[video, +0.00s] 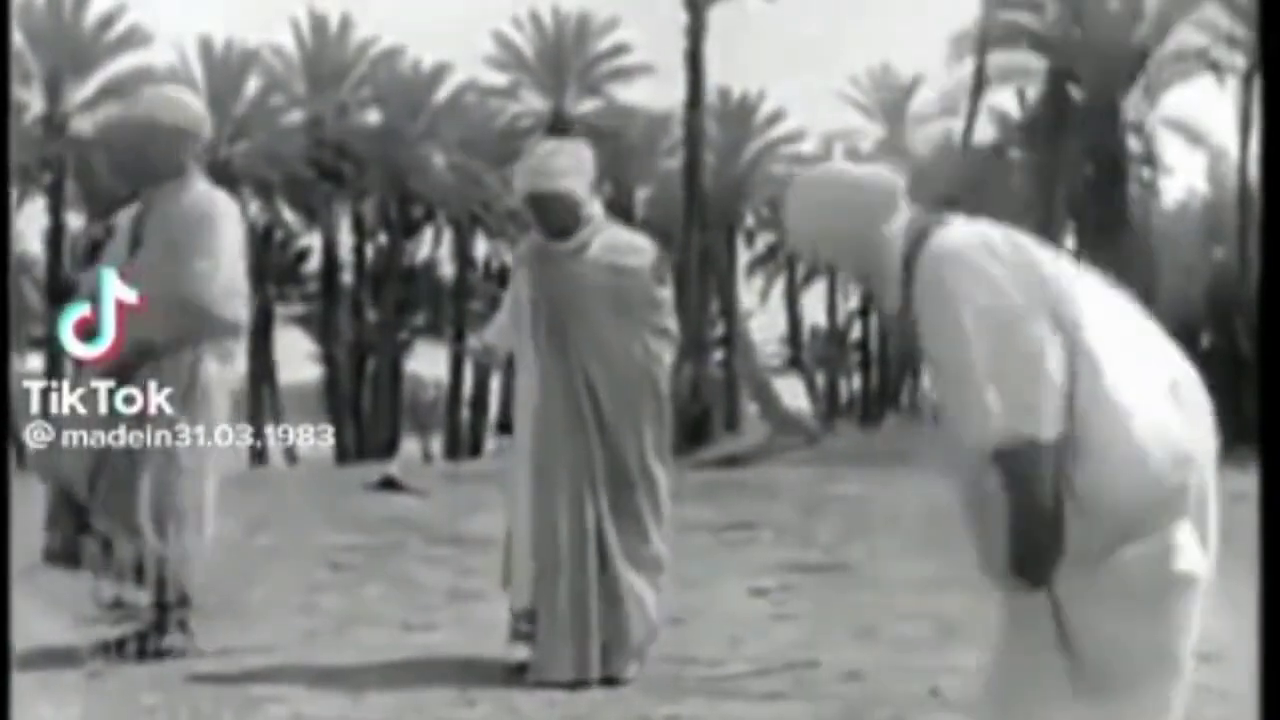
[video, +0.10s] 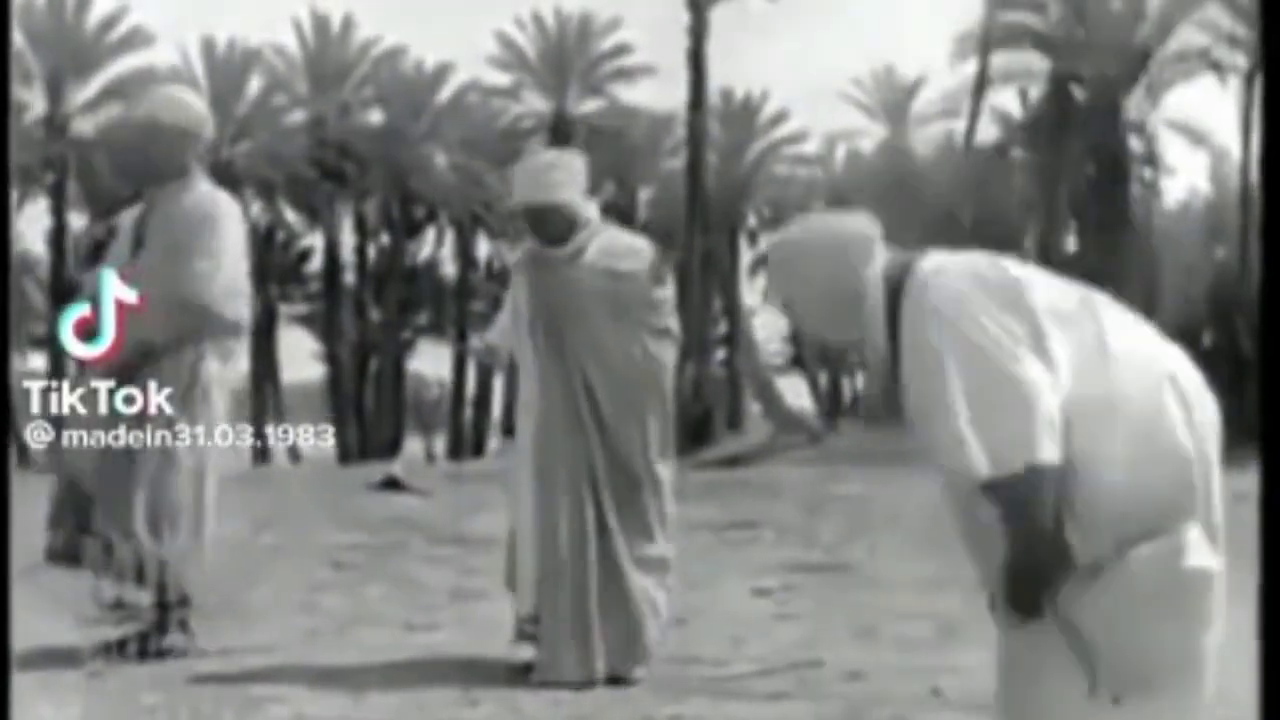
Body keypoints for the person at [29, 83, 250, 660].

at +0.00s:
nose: (112, 161)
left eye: (120, 146)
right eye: (110, 148)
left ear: (155, 142)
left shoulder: (203, 208)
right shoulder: (137, 215)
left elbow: (206, 305)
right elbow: (113, 291)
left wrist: (128, 344)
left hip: (188, 371)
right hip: (143, 370)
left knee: (171, 486)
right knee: (138, 484)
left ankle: (171, 614)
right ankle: (157, 606)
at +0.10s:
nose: (127, 155)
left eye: (137, 141)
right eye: (127, 142)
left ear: (167, 143)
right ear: (137, 149)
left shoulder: (207, 209)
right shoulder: (136, 218)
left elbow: (199, 300)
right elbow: (109, 288)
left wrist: (126, 335)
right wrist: (98, 332)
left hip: (193, 365)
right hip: (146, 366)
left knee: (174, 481)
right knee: (140, 481)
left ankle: (173, 614)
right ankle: (159, 603)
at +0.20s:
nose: (126, 158)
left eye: (136, 143)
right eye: (126, 146)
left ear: (166, 144)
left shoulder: (210, 211)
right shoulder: (144, 219)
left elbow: (208, 303)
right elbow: (121, 293)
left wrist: (131, 335)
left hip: (200, 365)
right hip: (154, 366)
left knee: (178, 481)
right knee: (149, 480)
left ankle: (177, 614)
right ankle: (163, 603)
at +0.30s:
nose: (122, 175)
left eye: (128, 162)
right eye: (120, 163)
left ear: (156, 160)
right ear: (157, 160)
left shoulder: (208, 222)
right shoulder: (149, 228)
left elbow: (222, 319)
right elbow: (151, 316)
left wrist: (154, 362)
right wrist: (125, 360)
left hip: (209, 379)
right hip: (165, 380)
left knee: (188, 501)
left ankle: (183, 624)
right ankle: (172, 608)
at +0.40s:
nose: (92, 200)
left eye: (99, 185)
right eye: (89, 187)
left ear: (128, 179)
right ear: (122, 183)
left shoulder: (191, 229)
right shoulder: (136, 235)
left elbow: (223, 325)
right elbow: (144, 320)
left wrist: (166, 369)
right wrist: (122, 362)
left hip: (207, 383)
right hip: (159, 383)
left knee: (188, 497)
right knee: (145, 495)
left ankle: (183, 626)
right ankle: (169, 616)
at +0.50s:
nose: (80, 261)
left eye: (82, 249)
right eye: (72, 252)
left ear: (105, 237)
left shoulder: (175, 266)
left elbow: (220, 349)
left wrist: (179, 396)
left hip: (202, 410)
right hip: (158, 408)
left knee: (184, 510)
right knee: (153, 511)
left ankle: (185, 623)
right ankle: (168, 620)